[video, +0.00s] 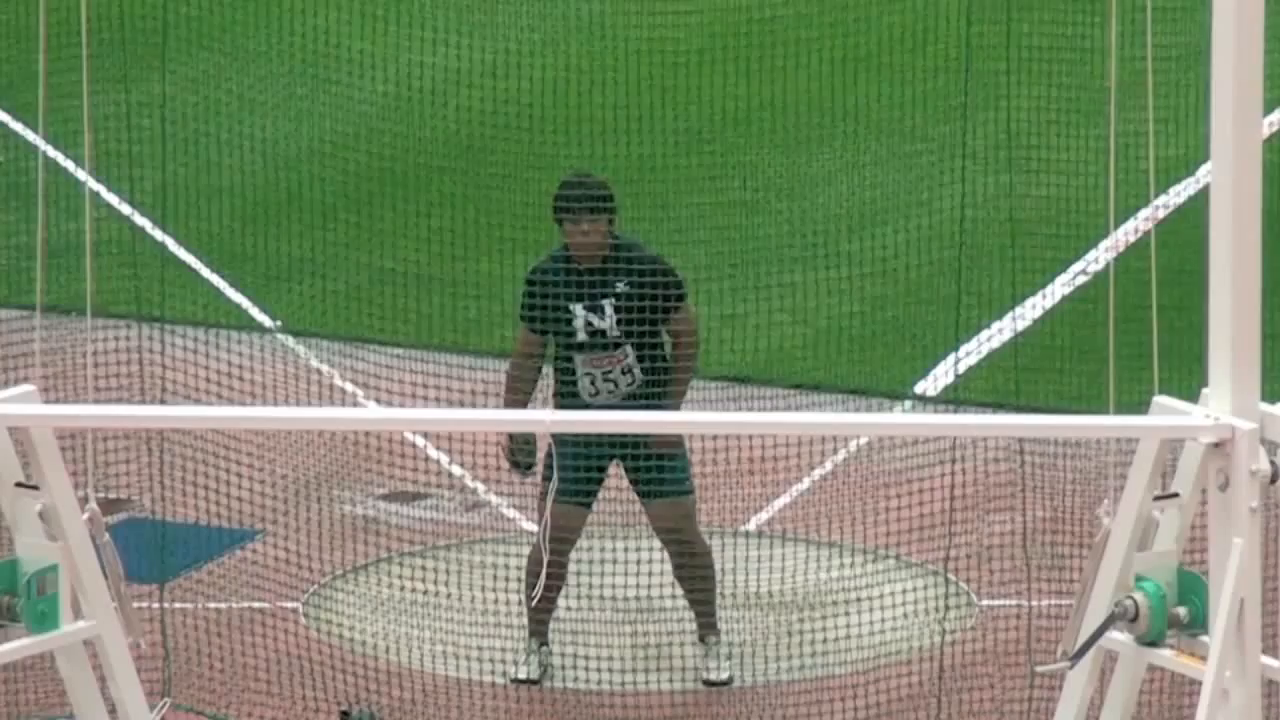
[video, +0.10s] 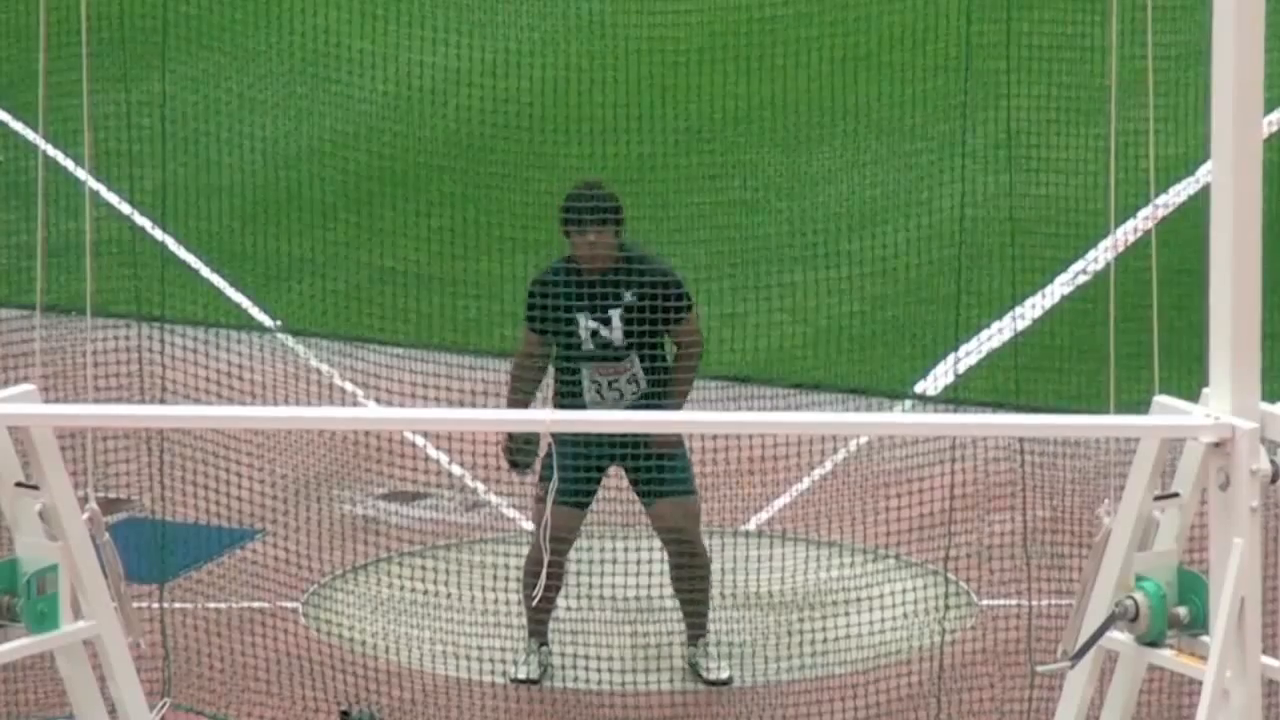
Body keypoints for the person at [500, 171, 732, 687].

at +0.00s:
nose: (586, 232)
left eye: (595, 220)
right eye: (575, 222)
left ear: (612, 221)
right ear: (560, 226)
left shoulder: (649, 271)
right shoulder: (547, 279)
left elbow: (686, 338)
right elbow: (526, 358)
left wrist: (670, 412)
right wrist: (514, 426)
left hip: (649, 420)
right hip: (577, 426)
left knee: (679, 531)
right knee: (555, 535)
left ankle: (710, 641)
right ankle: (536, 644)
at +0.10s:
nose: (595, 239)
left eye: (604, 227)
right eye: (583, 229)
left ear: (620, 230)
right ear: (567, 235)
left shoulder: (654, 278)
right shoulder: (551, 287)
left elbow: (690, 344)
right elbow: (530, 359)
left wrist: (669, 414)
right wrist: (515, 423)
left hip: (650, 426)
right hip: (577, 430)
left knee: (683, 533)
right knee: (552, 537)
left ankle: (699, 645)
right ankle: (536, 645)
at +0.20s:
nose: (597, 260)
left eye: (607, 249)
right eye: (586, 250)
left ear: (625, 250)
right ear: (573, 253)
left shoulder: (658, 296)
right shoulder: (554, 304)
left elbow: (700, 351)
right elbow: (535, 370)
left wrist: (674, 418)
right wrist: (518, 430)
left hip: (650, 438)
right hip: (578, 440)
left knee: (688, 530)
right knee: (551, 539)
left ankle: (698, 646)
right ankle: (536, 646)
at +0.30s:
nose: (600, 277)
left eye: (610, 267)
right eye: (590, 267)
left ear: (626, 268)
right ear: (576, 270)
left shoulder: (656, 311)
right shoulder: (555, 321)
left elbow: (703, 360)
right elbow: (537, 385)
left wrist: (677, 423)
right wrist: (518, 441)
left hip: (650, 444)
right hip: (579, 447)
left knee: (695, 536)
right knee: (550, 545)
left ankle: (698, 647)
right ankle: (537, 647)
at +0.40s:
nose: (596, 281)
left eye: (606, 270)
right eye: (586, 271)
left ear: (625, 271)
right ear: (573, 274)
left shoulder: (657, 314)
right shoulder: (555, 327)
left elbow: (696, 371)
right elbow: (534, 399)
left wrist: (676, 430)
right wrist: (516, 463)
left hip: (650, 448)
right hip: (579, 452)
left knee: (698, 537)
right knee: (555, 546)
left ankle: (699, 646)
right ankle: (537, 646)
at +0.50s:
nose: (592, 274)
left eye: (601, 263)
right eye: (581, 264)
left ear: (619, 264)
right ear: (568, 268)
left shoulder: (655, 310)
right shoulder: (554, 322)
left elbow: (689, 367)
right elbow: (530, 401)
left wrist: (672, 431)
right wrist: (510, 466)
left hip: (649, 443)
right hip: (579, 447)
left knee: (697, 535)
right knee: (556, 544)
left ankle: (699, 646)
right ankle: (537, 646)